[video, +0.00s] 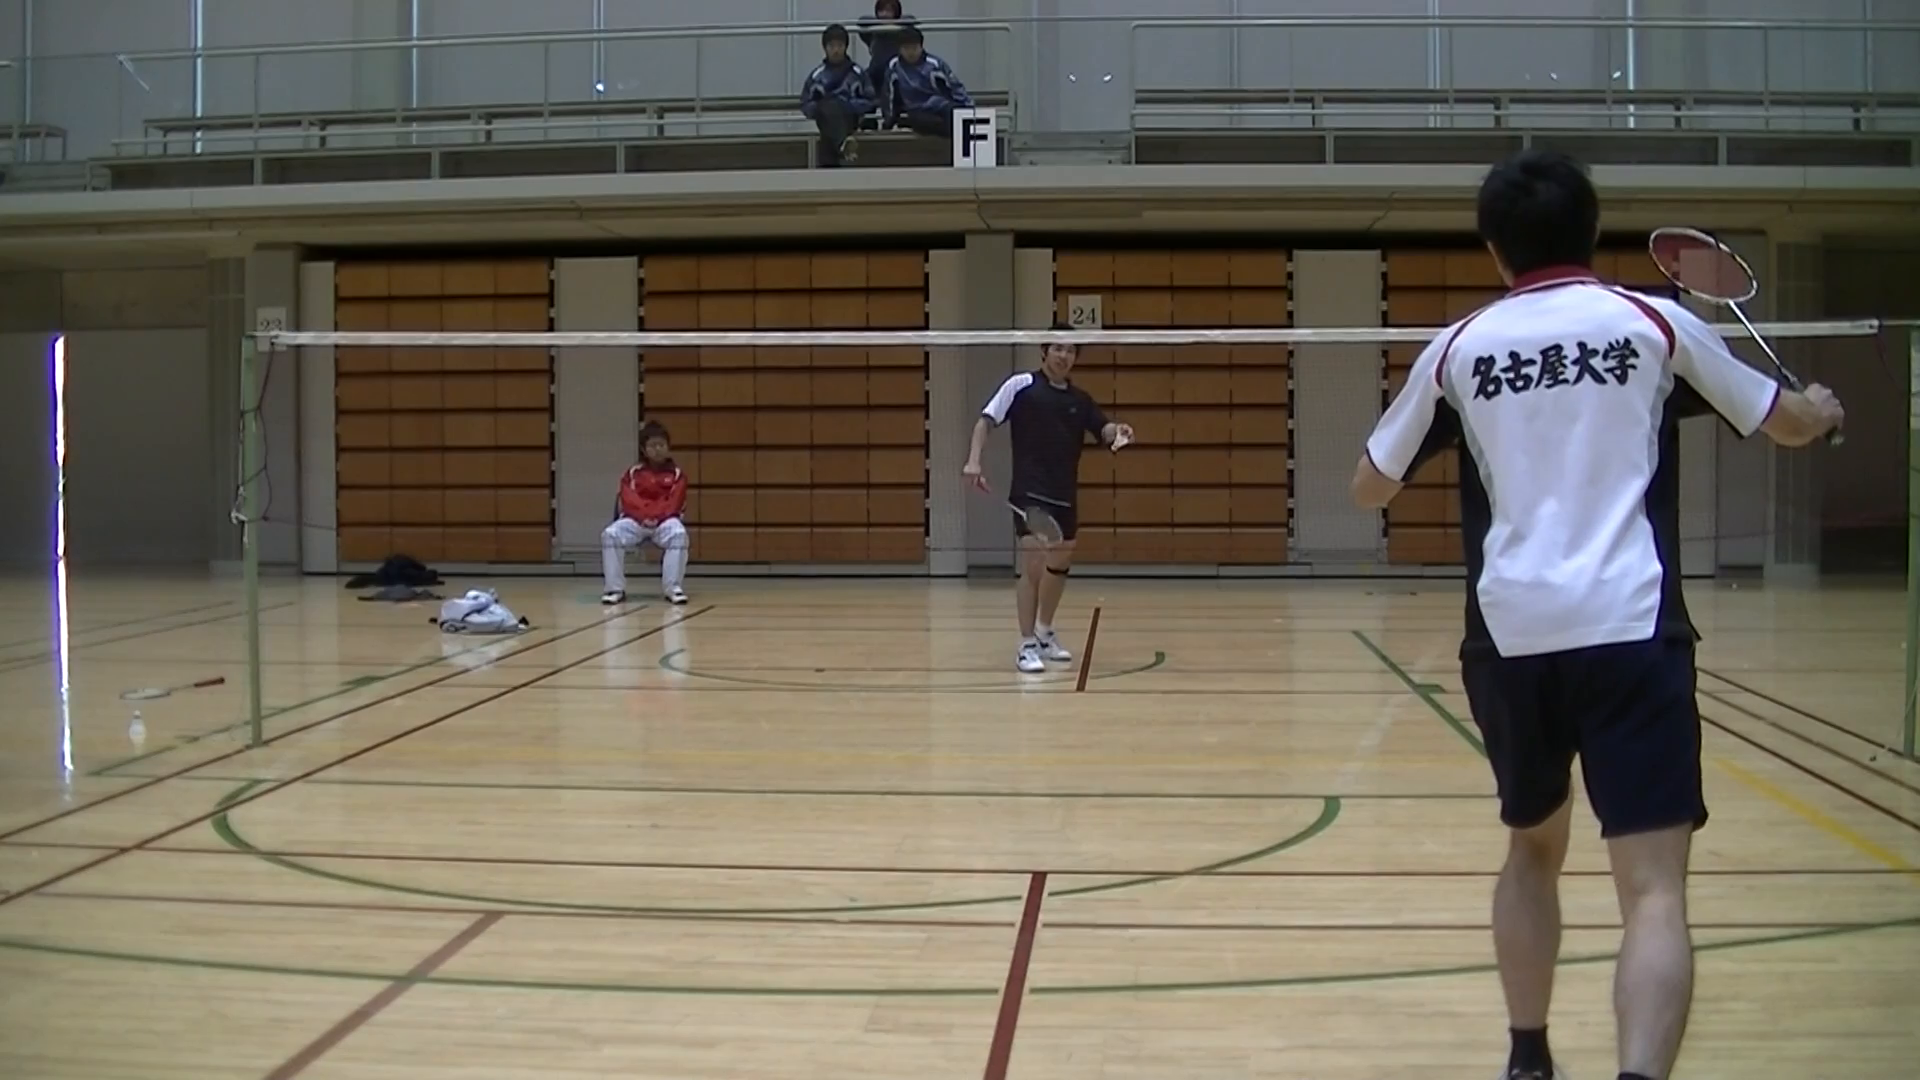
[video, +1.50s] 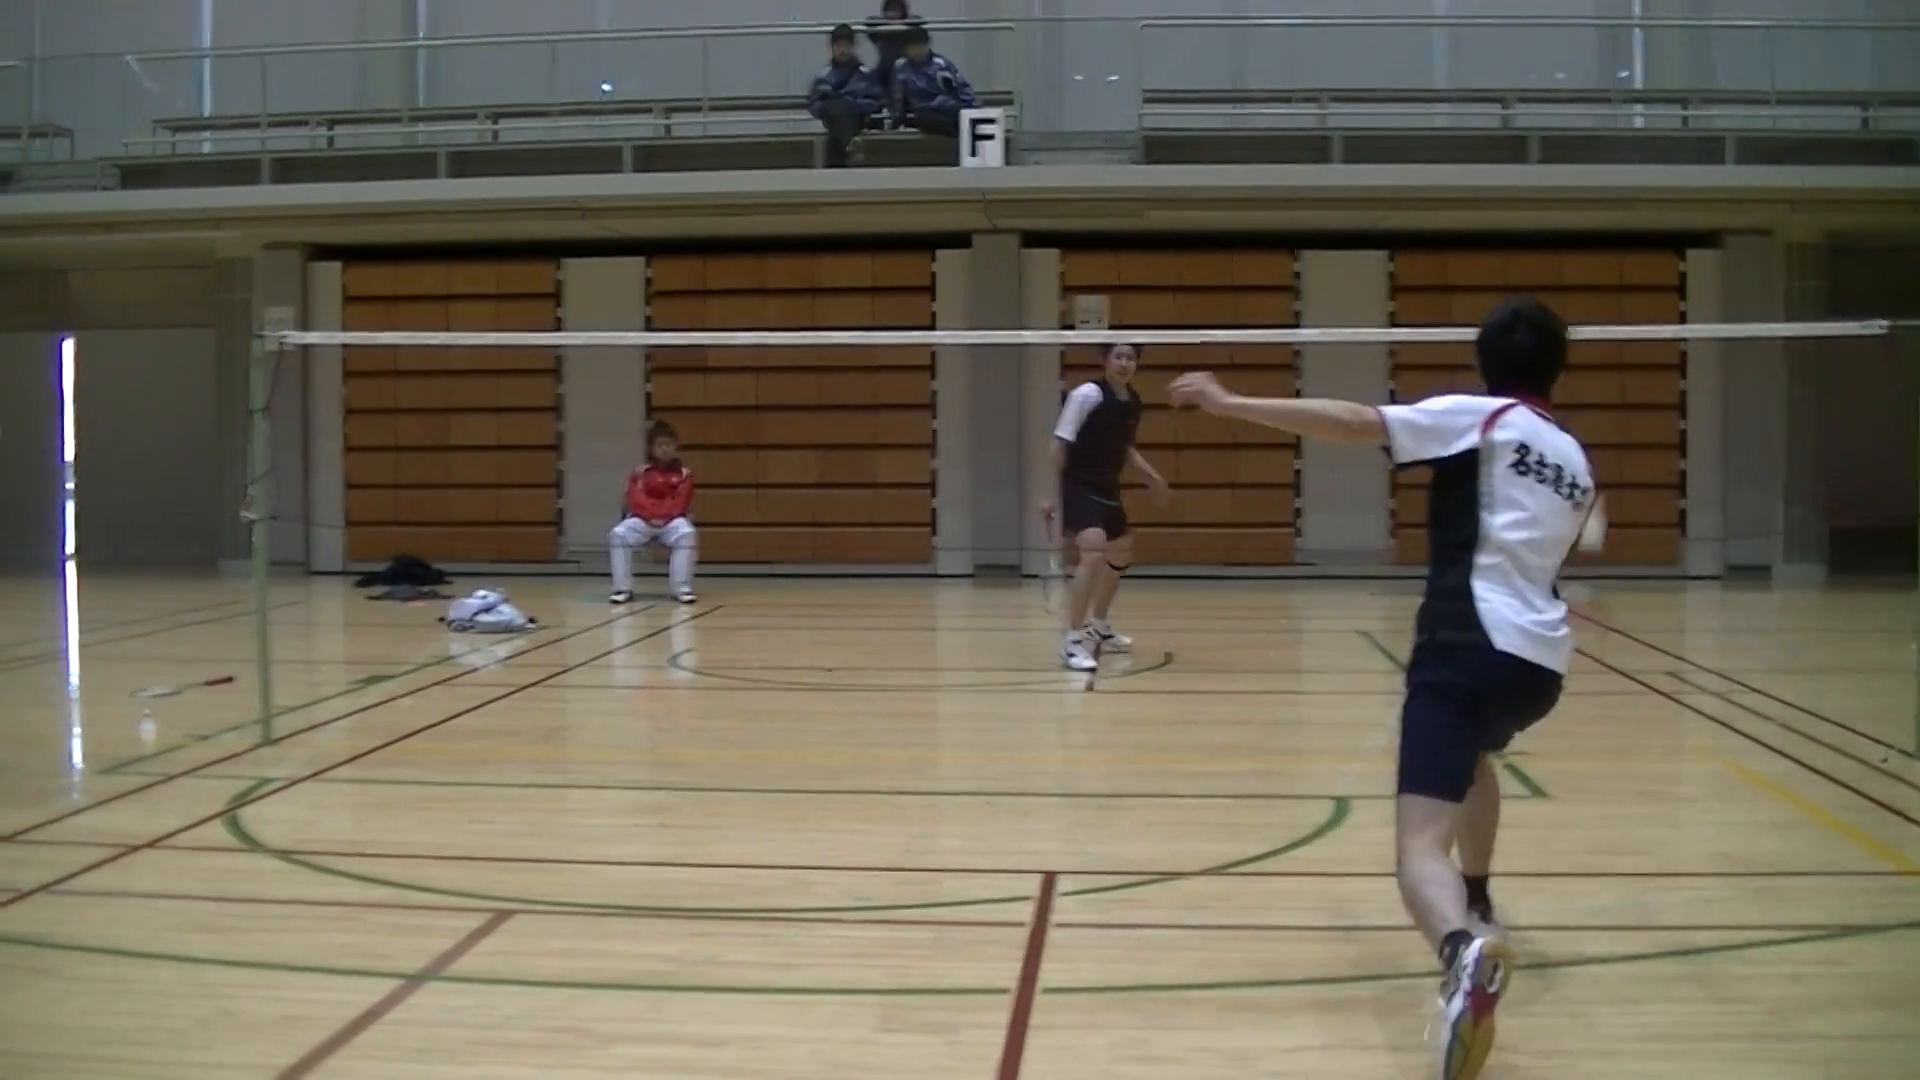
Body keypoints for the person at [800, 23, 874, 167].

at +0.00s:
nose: (836, 50)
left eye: (840, 45)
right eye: (831, 46)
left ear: (846, 47)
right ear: (825, 48)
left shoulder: (858, 73)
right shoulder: (816, 75)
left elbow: (870, 102)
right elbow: (806, 106)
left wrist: (846, 105)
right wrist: (822, 106)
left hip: (851, 117)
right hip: (823, 118)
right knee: (830, 104)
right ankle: (842, 143)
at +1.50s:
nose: (842, 50)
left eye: (846, 45)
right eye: (838, 46)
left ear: (852, 47)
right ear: (832, 48)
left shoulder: (866, 74)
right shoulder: (823, 76)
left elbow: (876, 103)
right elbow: (814, 105)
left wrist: (846, 103)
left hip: (860, 120)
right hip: (831, 120)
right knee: (835, 105)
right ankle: (851, 142)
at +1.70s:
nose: (877, 51)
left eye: (881, 46)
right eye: (873, 46)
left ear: (888, 47)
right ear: (867, 48)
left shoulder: (902, 74)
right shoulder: (859, 76)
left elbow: (914, 103)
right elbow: (851, 104)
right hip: (870, 125)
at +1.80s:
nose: (869, 49)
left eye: (873, 44)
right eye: (865, 44)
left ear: (880, 46)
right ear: (859, 46)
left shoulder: (893, 72)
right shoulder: (850, 74)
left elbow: (904, 102)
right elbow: (840, 103)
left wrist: (879, 104)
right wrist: (856, 108)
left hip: (886, 120)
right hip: (859, 121)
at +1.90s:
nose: (867, 49)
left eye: (871, 44)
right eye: (864, 44)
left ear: (878, 45)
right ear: (857, 46)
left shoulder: (890, 72)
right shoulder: (849, 73)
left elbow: (902, 101)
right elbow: (838, 102)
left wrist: (878, 104)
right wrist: (854, 109)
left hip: (884, 121)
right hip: (858, 122)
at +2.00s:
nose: (851, 50)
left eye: (855, 45)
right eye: (847, 45)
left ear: (861, 47)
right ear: (840, 47)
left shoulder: (875, 76)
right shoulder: (830, 77)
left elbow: (886, 102)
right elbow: (822, 104)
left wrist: (862, 105)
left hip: (869, 119)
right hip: (840, 119)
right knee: (850, 106)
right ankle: (861, 144)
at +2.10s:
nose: (838, 50)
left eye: (842, 44)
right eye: (833, 44)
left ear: (848, 46)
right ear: (827, 47)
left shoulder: (861, 74)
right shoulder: (818, 75)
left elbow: (872, 101)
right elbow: (808, 103)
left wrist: (848, 106)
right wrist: (828, 110)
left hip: (855, 126)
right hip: (828, 127)